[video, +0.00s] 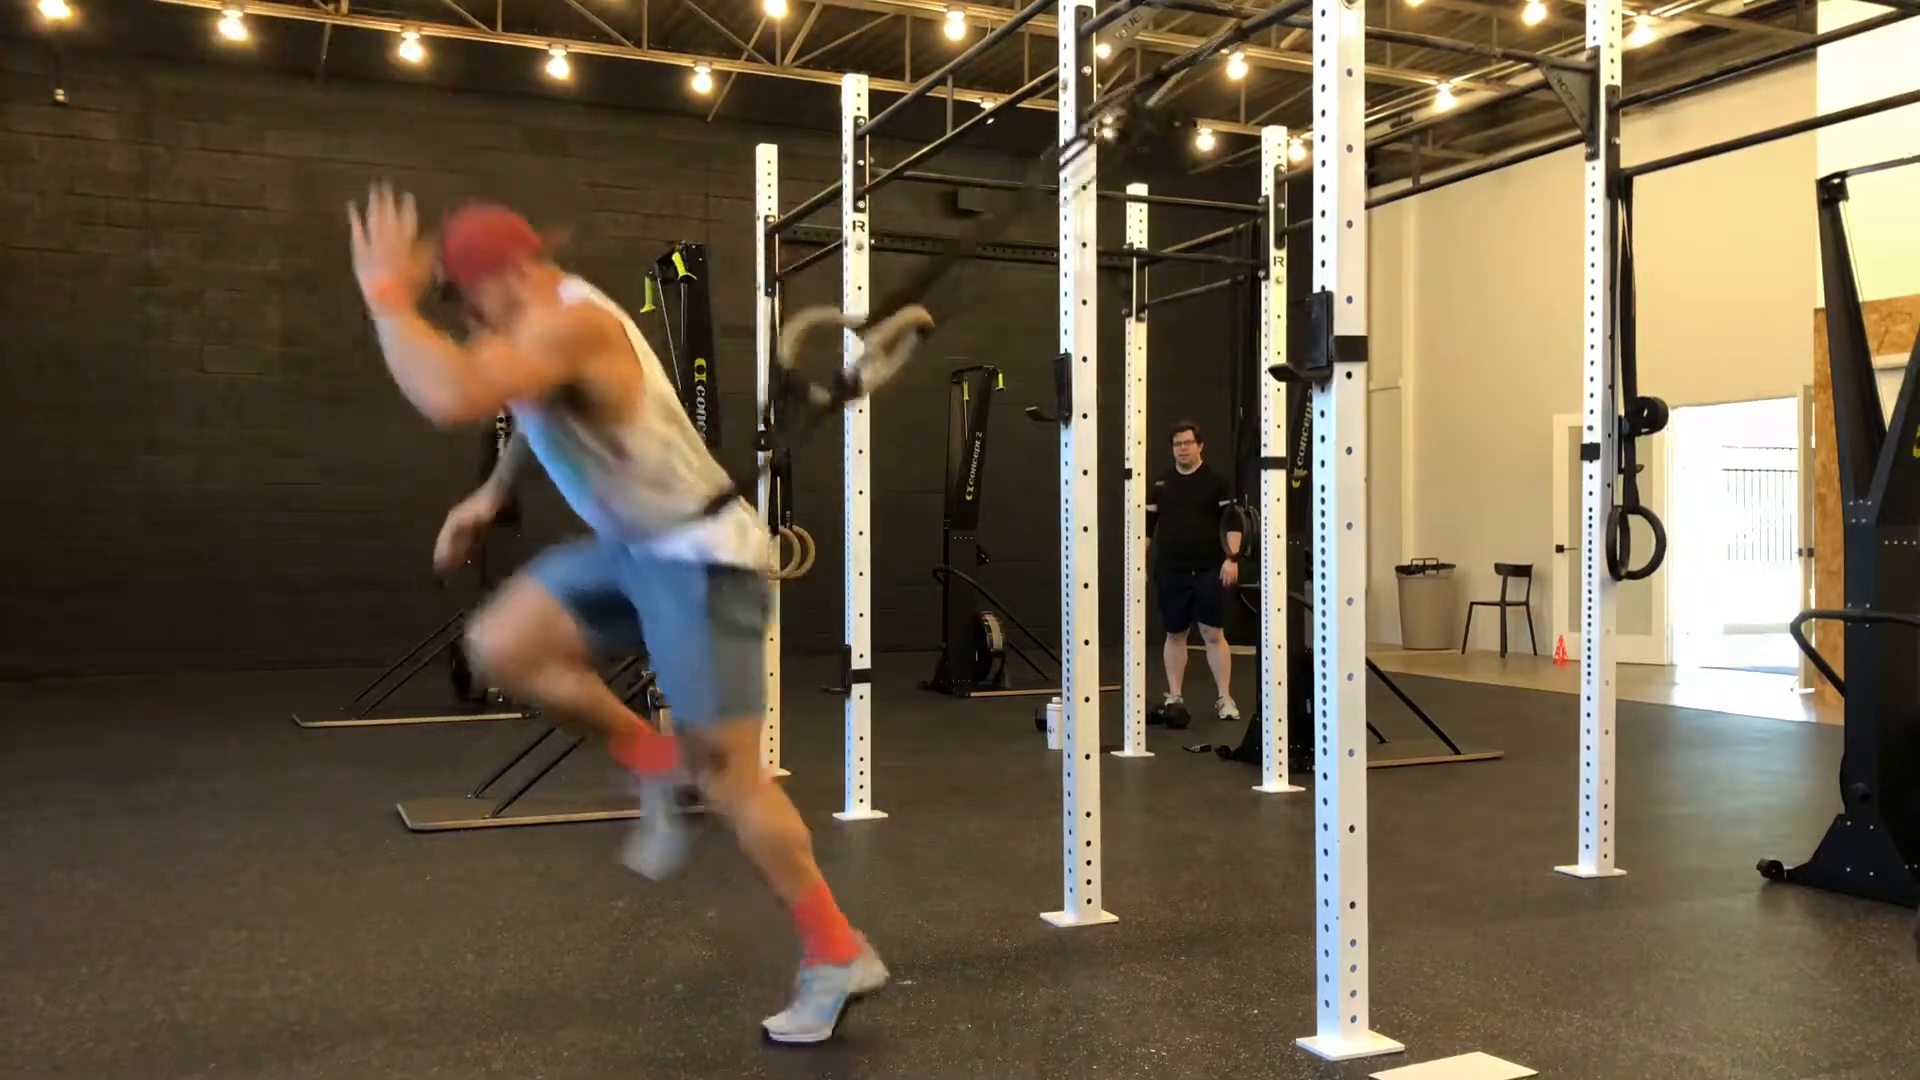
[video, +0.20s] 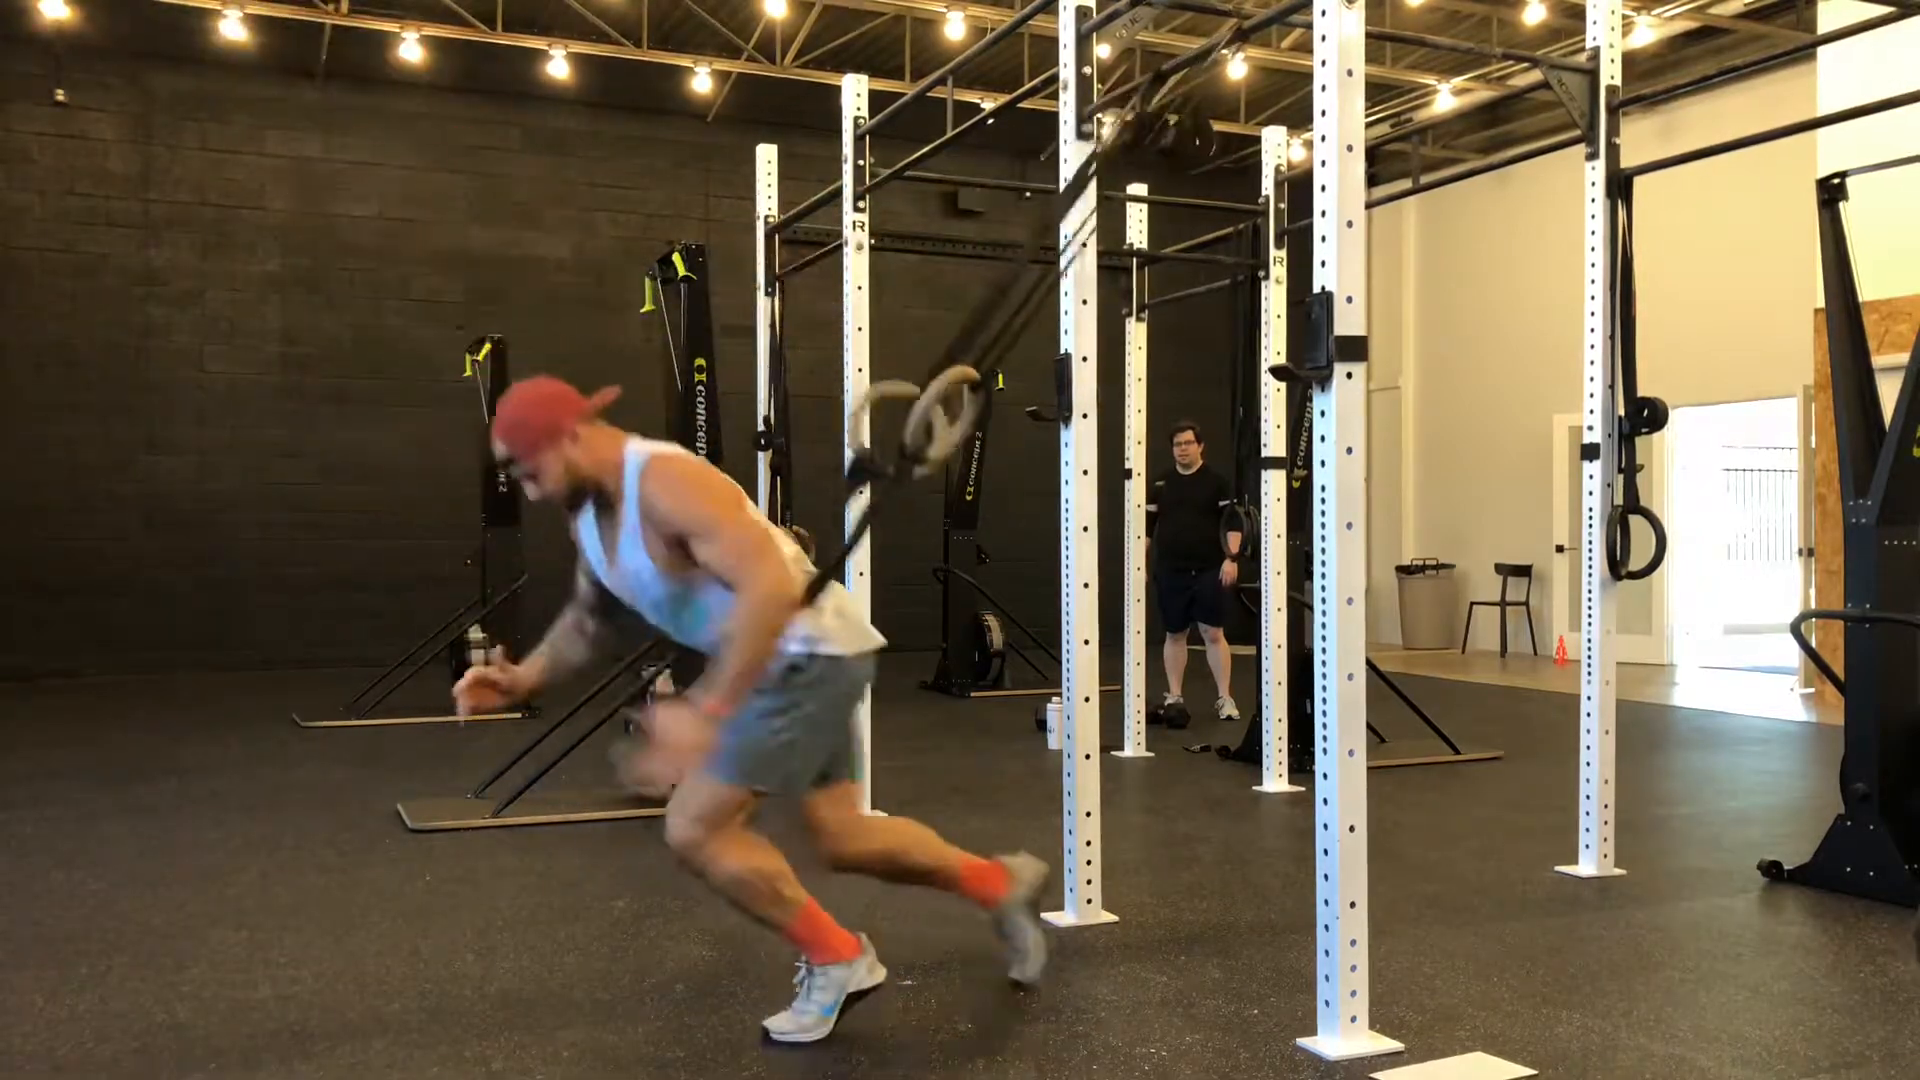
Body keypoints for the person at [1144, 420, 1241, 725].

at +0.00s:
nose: (1182, 449)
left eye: (1187, 443)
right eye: (1177, 444)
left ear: (1200, 446)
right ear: (1171, 448)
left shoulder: (1216, 481)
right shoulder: (1161, 484)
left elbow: (1233, 522)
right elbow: (1147, 529)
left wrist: (1232, 558)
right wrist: (1141, 564)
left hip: (1209, 570)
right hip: (1171, 570)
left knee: (1213, 634)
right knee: (1175, 634)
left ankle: (1224, 698)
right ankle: (1174, 697)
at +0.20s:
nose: (1182, 449)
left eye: (1188, 443)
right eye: (1177, 444)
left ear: (1200, 447)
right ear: (1171, 449)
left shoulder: (1216, 481)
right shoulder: (1161, 484)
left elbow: (1233, 522)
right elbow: (1146, 529)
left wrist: (1232, 558)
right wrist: (1141, 565)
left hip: (1208, 571)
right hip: (1170, 571)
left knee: (1213, 634)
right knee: (1175, 634)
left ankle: (1224, 698)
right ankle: (1174, 696)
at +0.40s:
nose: (1182, 449)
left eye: (1188, 444)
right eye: (1177, 445)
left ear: (1201, 447)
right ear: (1171, 449)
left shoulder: (1216, 481)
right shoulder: (1162, 483)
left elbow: (1233, 522)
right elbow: (1147, 527)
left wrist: (1232, 558)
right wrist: (1140, 563)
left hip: (1209, 570)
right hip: (1171, 570)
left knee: (1213, 634)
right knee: (1175, 634)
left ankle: (1224, 698)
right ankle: (1174, 696)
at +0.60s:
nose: (1182, 450)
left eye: (1188, 444)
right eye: (1177, 445)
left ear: (1201, 447)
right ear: (1172, 449)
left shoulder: (1217, 480)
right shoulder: (1163, 483)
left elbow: (1233, 521)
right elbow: (1148, 527)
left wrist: (1232, 558)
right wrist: (1141, 563)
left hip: (1209, 570)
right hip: (1171, 570)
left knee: (1212, 634)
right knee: (1175, 634)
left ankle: (1224, 698)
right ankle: (1174, 696)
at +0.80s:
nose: (1182, 449)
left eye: (1188, 443)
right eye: (1177, 444)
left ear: (1201, 446)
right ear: (1172, 448)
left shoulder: (1217, 480)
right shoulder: (1163, 483)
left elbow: (1233, 521)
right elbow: (1149, 526)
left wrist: (1232, 558)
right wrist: (1142, 563)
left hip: (1209, 569)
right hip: (1171, 570)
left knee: (1213, 633)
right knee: (1175, 634)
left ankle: (1225, 698)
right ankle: (1174, 696)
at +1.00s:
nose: (1182, 449)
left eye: (1188, 444)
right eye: (1177, 444)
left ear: (1200, 447)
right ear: (1171, 449)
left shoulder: (1217, 480)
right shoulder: (1162, 483)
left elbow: (1233, 521)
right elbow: (1148, 527)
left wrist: (1232, 558)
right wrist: (1142, 563)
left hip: (1209, 569)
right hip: (1171, 570)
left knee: (1212, 634)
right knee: (1175, 634)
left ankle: (1225, 698)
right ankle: (1174, 696)